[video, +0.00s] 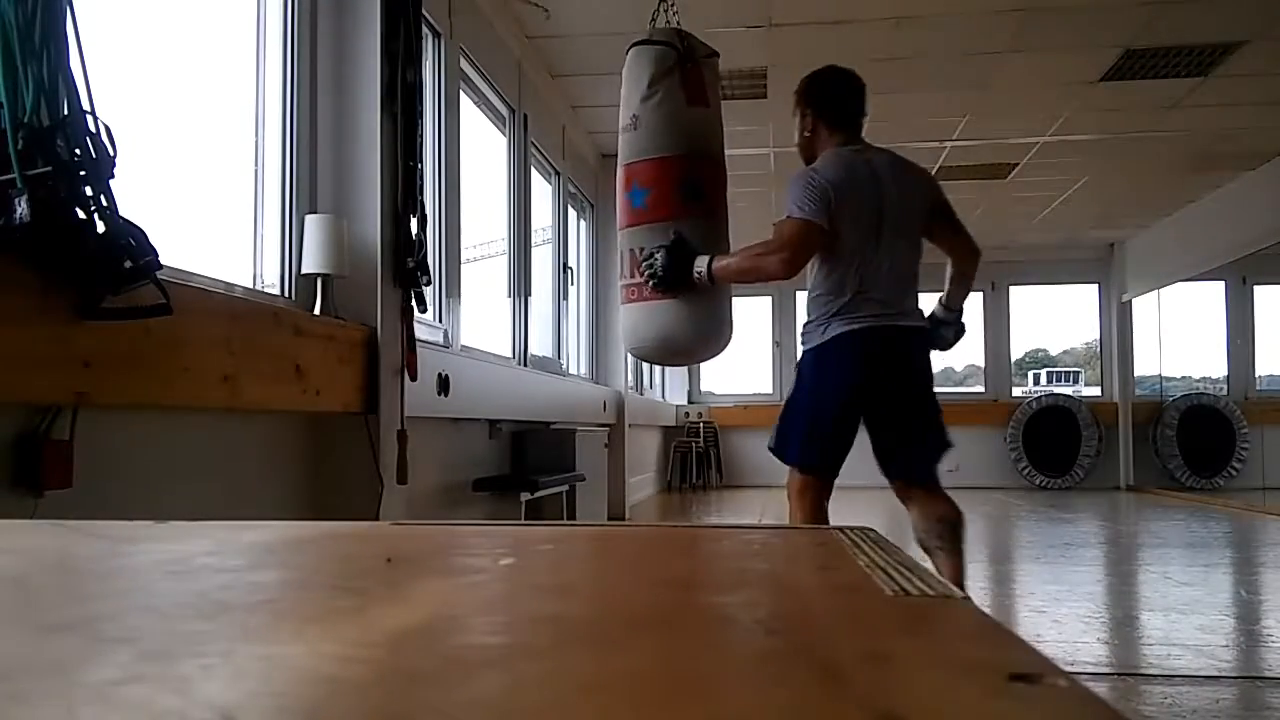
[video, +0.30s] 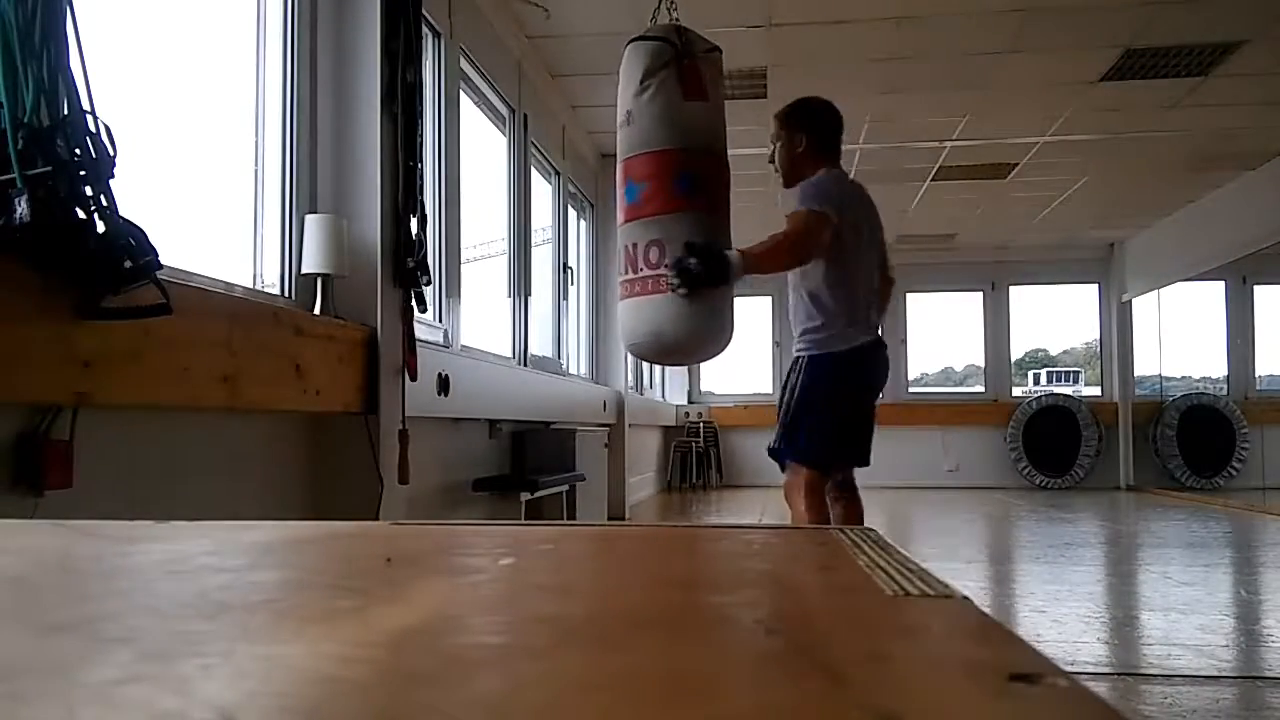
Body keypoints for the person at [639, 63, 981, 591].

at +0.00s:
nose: (795, 130)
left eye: (797, 117)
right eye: (796, 117)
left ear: (812, 119)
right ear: (858, 117)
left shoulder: (818, 180)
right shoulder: (912, 177)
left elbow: (782, 260)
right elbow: (966, 253)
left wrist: (697, 268)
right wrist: (951, 310)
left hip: (840, 349)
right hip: (905, 346)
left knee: (808, 487)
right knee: (917, 483)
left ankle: (813, 614)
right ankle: (954, 600)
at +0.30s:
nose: (771, 154)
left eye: (776, 142)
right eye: (773, 143)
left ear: (802, 143)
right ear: (822, 145)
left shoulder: (820, 189)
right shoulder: (858, 197)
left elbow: (803, 242)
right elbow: (883, 281)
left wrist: (730, 263)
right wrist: (858, 326)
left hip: (826, 355)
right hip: (861, 353)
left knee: (801, 485)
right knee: (838, 481)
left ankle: (818, 583)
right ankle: (850, 583)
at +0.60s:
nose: (788, 166)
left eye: (796, 156)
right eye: (790, 157)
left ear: (827, 160)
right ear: (822, 162)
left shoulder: (859, 204)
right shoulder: (813, 225)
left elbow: (902, 269)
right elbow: (808, 295)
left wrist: (878, 323)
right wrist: (778, 346)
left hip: (857, 361)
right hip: (821, 367)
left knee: (835, 471)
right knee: (815, 478)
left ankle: (869, 584)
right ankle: (834, 579)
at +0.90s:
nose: (860, 175)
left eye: (870, 166)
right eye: (858, 166)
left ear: (900, 172)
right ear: (858, 171)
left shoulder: (924, 226)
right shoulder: (850, 232)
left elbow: (949, 293)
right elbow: (850, 302)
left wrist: (900, 315)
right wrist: (833, 354)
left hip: (904, 377)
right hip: (849, 375)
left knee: (937, 481)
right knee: (836, 481)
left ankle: (978, 583)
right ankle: (840, 591)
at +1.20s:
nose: (913, 176)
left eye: (923, 167)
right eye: (909, 168)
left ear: (951, 173)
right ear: (905, 174)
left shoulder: (976, 240)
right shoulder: (895, 230)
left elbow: (992, 312)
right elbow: (886, 290)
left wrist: (943, 316)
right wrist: (867, 339)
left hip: (943, 374)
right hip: (890, 372)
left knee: (966, 484)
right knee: (878, 472)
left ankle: (981, 594)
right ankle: (899, 581)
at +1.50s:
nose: (896, 201)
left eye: (906, 190)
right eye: (891, 192)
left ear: (931, 193)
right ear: (887, 199)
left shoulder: (962, 248)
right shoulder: (887, 259)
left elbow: (991, 313)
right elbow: (879, 313)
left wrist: (945, 288)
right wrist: (855, 329)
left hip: (950, 378)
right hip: (904, 383)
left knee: (960, 484)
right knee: (923, 481)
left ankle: (983, 594)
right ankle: (959, 568)